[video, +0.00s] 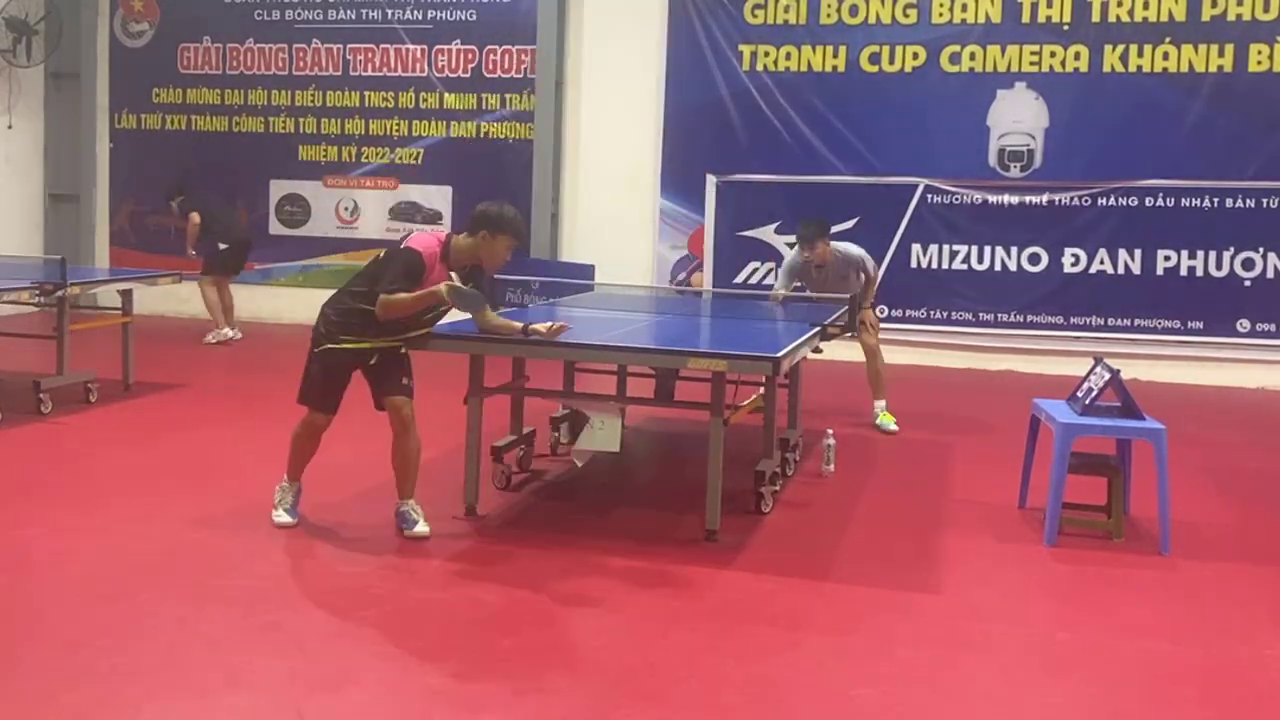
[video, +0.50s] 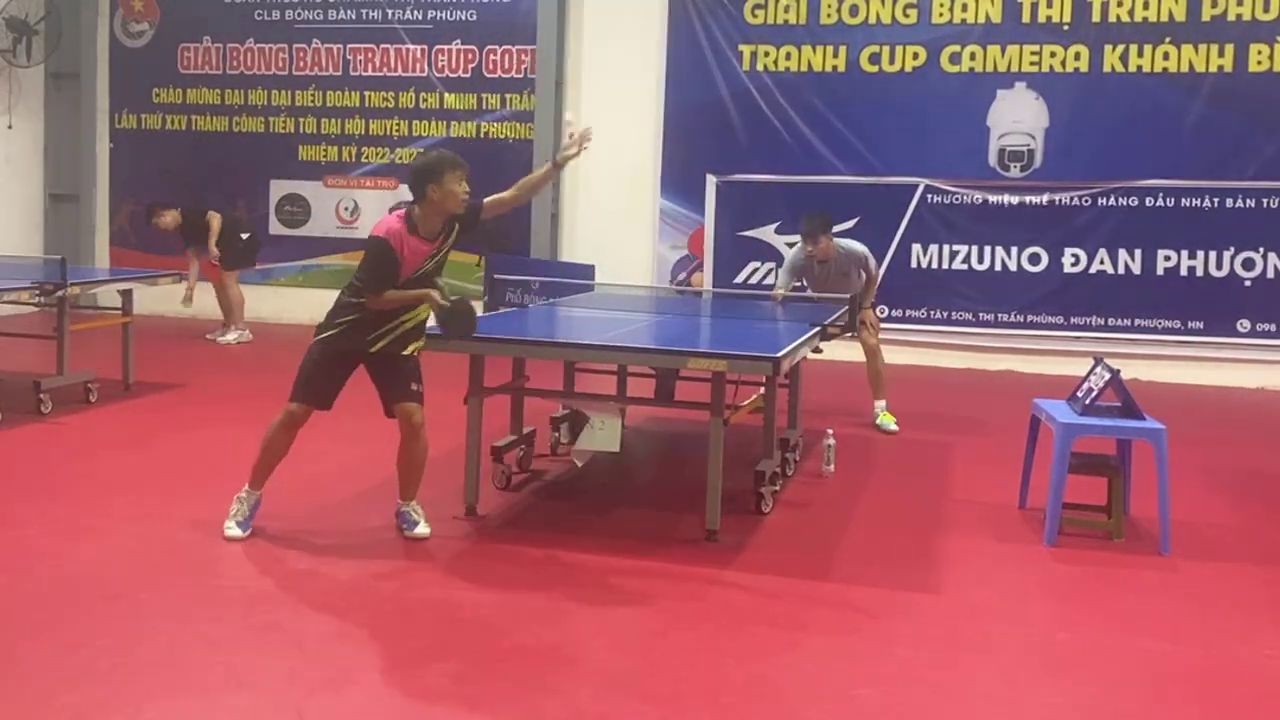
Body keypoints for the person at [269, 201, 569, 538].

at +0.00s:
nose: (509, 258)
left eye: (513, 250)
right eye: (508, 248)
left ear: (488, 241)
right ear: (483, 237)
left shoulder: (470, 269)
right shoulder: (417, 250)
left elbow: (486, 321)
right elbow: (384, 309)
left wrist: (530, 330)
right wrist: (438, 294)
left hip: (390, 340)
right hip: (341, 331)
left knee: (403, 414)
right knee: (318, 419)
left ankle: (407, 505)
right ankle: (289, 487)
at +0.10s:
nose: (509, 244)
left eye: (512, 235)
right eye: (506, 233)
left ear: (486, 230)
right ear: (481, 225)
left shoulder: (478, 264)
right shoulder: (414, 242)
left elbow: (491, 313)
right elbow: (377, 300)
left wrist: (538, 327)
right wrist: (415, 287)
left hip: (391, 338)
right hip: (342, 329)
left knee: (405, 415)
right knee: (308, 414)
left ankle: (407, 505)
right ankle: (282, 480)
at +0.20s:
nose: (503, 228)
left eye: (505, 221)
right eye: (498, 219)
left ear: (482, 219)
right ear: (471, 213)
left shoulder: (478, 256)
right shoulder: (409, 239)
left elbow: (503, 301)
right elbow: (372, 295)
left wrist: (554, 319)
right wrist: (402, 287)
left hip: (394, 336)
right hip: (347, 325)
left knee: (408, 416)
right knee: (301, 408)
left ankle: (407, 505)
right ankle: (270, 479)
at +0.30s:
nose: (493, 208)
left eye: (494, 200)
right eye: (488, 199)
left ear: (467, 203)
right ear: (458, 201)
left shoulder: (477, 243)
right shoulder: (403, 235)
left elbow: (525, 271)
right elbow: (373, 290)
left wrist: (578, 279)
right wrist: (402, 293)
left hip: (397, 339)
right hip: (348, 329)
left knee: (409, 418)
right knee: (296, 408)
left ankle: (407, 508)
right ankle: (254, 490)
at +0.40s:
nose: (480, 198)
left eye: (479, 190)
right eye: (472, 189)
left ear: (455, 196)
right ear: (442, 196)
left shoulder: (466, 230)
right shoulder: (393, 234)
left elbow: (525, 231)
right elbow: (372, 294)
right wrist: (408, 294)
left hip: (394, 333)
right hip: (349, 327)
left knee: (411, 422)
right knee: (295, 410)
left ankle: (407, 508)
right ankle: (247, 495)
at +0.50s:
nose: (468, 191)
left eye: (466, 183)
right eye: (459, 183)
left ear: (444, 191)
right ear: (431, 192)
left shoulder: (454, 219)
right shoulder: (390, 233)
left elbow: (511, 198)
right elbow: (373, 298)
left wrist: (558, 161)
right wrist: (425, 294)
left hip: (400, 334)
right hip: (347, 330)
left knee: (414, 420)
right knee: (295, 414)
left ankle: (408, 506)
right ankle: (249, 495)